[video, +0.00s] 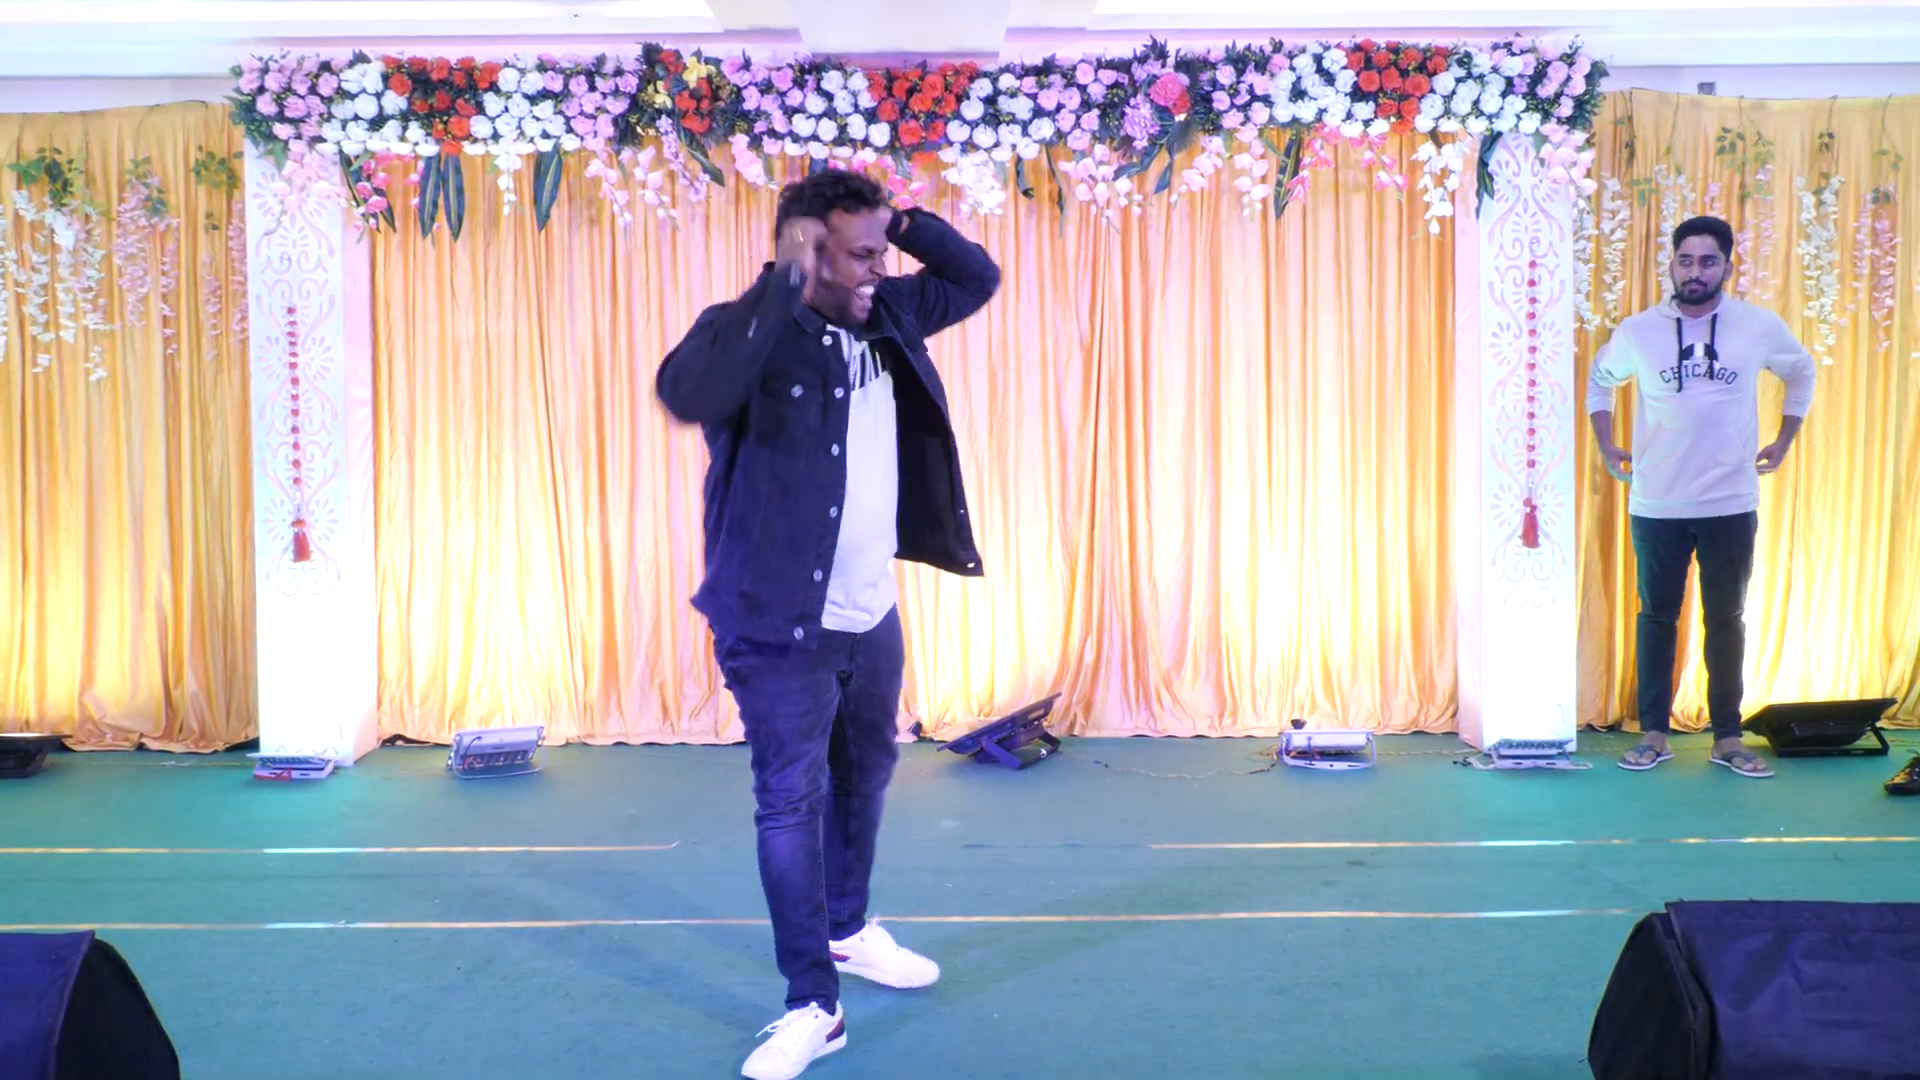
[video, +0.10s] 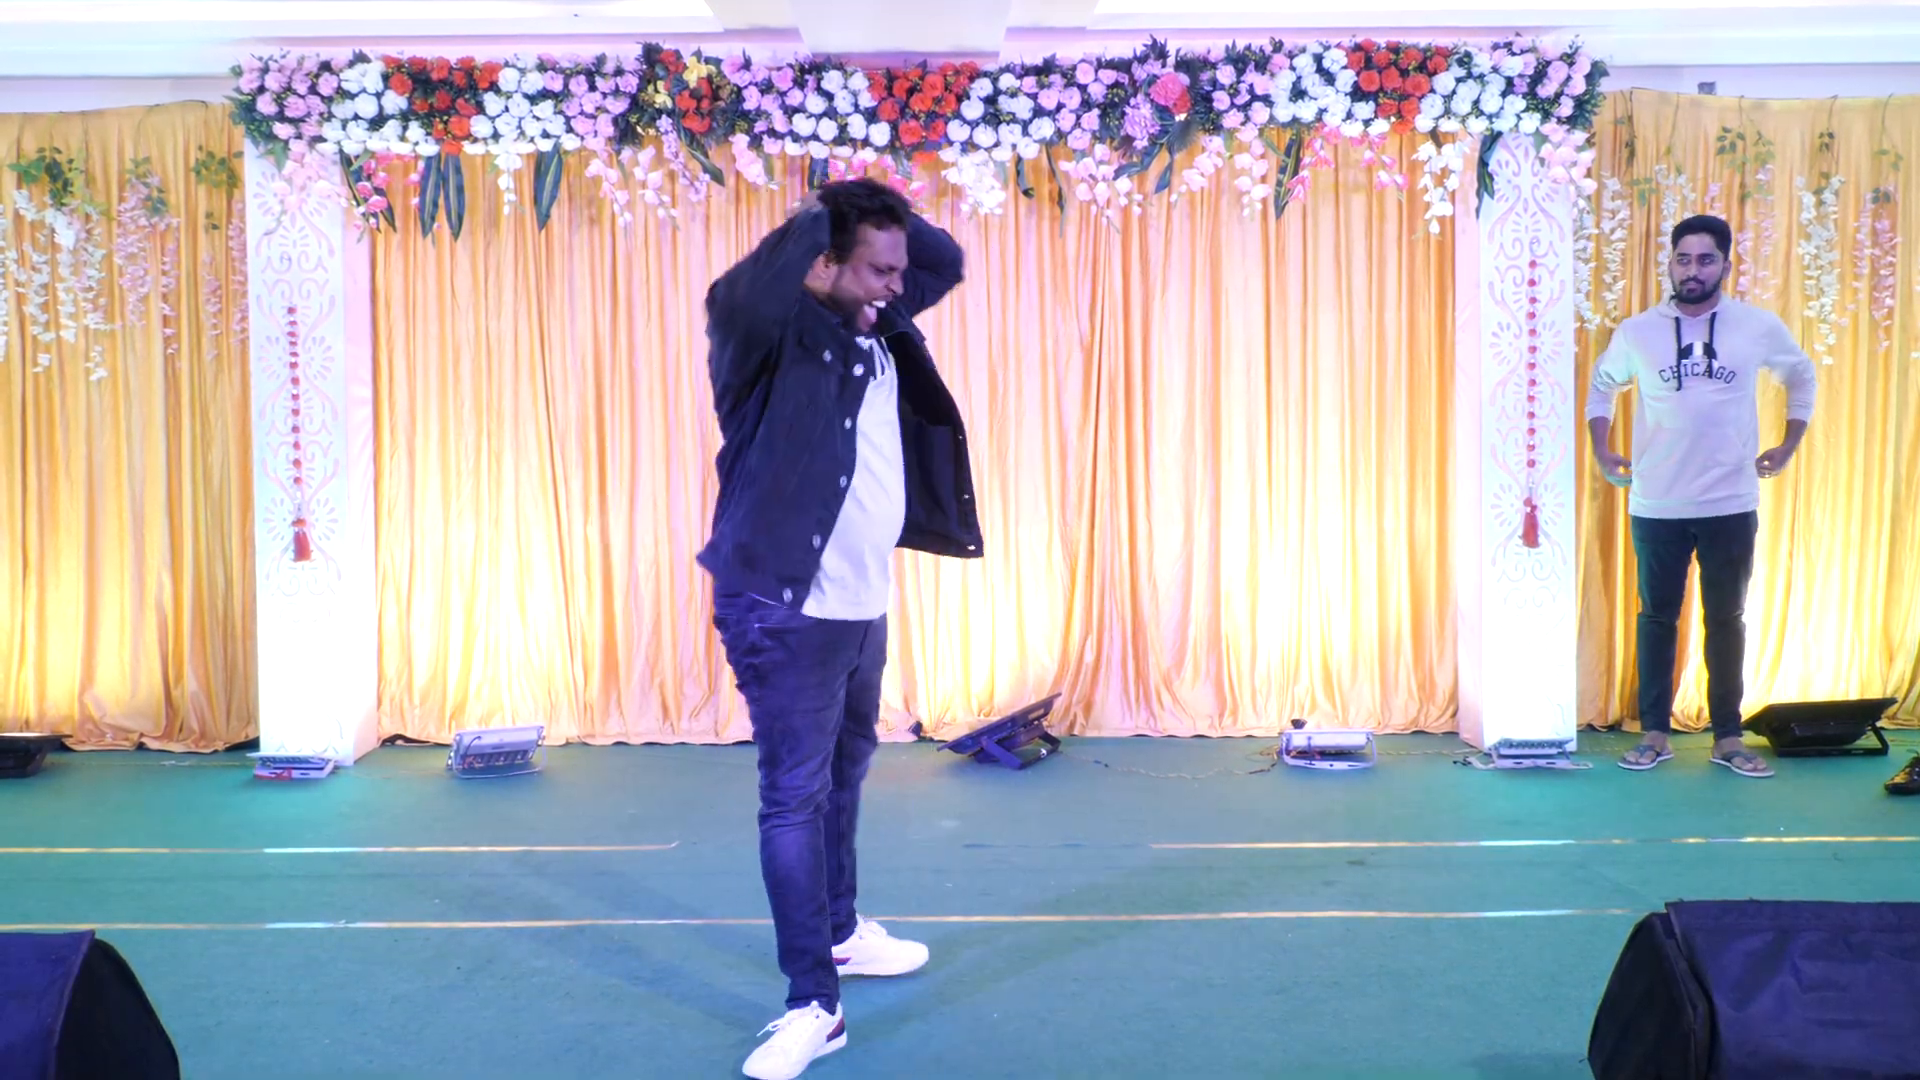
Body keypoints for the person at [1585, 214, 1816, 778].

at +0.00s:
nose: (1695, 269)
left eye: (1707, 260)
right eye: (1686, 260)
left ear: (1728, 267)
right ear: (1672, 265)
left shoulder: (1758, 326)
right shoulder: (1639, 330)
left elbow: (1802, 371)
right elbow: (1599, 379)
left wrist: (1783, 440)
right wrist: (1607, 448)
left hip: (1729, 499)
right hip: (1657, 501)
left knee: (1725, 619)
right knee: (1657, 616)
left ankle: (1728, 739)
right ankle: (1654, 736)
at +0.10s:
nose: (1693, 268)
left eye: (1705, 259)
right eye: (1684, 258)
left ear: (1726, 266)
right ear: (1671, 265)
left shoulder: (1758, 327)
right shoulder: (1637, 332)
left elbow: (1801, 375)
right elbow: (1601, 384)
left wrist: (1789, 444)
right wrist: (1602, 450)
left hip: (1729, 500)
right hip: (1656, 502)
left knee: (1725, 620)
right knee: (1657, 617)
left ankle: (1728, 739)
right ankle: (1654, 736)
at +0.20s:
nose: (1689, 267)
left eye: (1701, 258)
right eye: (1680, 258)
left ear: (1723, 264)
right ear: (1668, 264)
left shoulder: (1755, 327)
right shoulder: (1635, 333)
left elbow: (1798, 385)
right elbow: (1604, 394)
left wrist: (1792, 454)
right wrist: (1603, 459)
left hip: (1728, 501)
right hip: (1655, 503)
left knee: (1727, 622)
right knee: (1656, 618)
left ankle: (1729, 739)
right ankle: (1654, 736)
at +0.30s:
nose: (1684, 266)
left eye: (1696, 257)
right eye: (1674, 257)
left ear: (1718, 263)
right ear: (1663, 264)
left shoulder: (1752, 326)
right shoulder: (1632, 333)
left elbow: (1790, 394)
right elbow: (1606, 403)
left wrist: (1790, 463)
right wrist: (1606, 471)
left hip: (1726, 500)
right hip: (1654, 503)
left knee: (1729, 620)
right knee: (1656, 615)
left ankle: (1729, 739)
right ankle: (1654, 735)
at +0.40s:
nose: (1679, 266)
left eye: (1691, 256)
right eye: (1670, 257)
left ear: (1714, 262)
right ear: (1658, 264)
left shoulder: (1748, 328)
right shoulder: (1627, 334)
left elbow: (1784, 398)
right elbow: (1605, 409)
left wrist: (1780, 469)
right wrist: (1607, 479)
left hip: (1724, 500)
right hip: (1652, 503)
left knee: (1730, 620)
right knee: (1654, 616)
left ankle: (1729, 738)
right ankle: (1654, 734)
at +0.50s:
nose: (1675, 267)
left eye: (1686, 257)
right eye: (1665, 258)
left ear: (1708, 264)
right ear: (1652, 265)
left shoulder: (1741, 328)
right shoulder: (1621, 335)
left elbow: (1776, 400)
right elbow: (1602, 412)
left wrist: (1766, 472)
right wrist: (1607, 484)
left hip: (1719, 497)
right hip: (1647, 502)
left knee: (1744, 604)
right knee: (1649, 612)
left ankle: (1730, 730)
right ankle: (1655, 731)